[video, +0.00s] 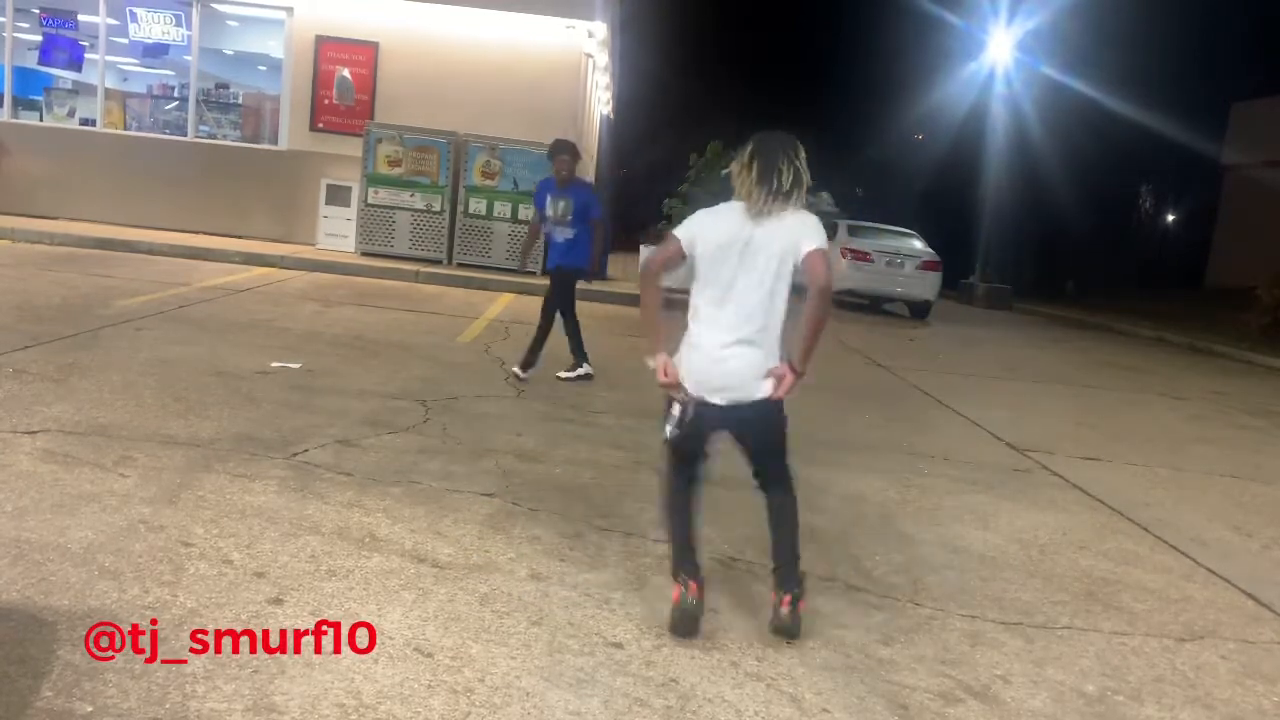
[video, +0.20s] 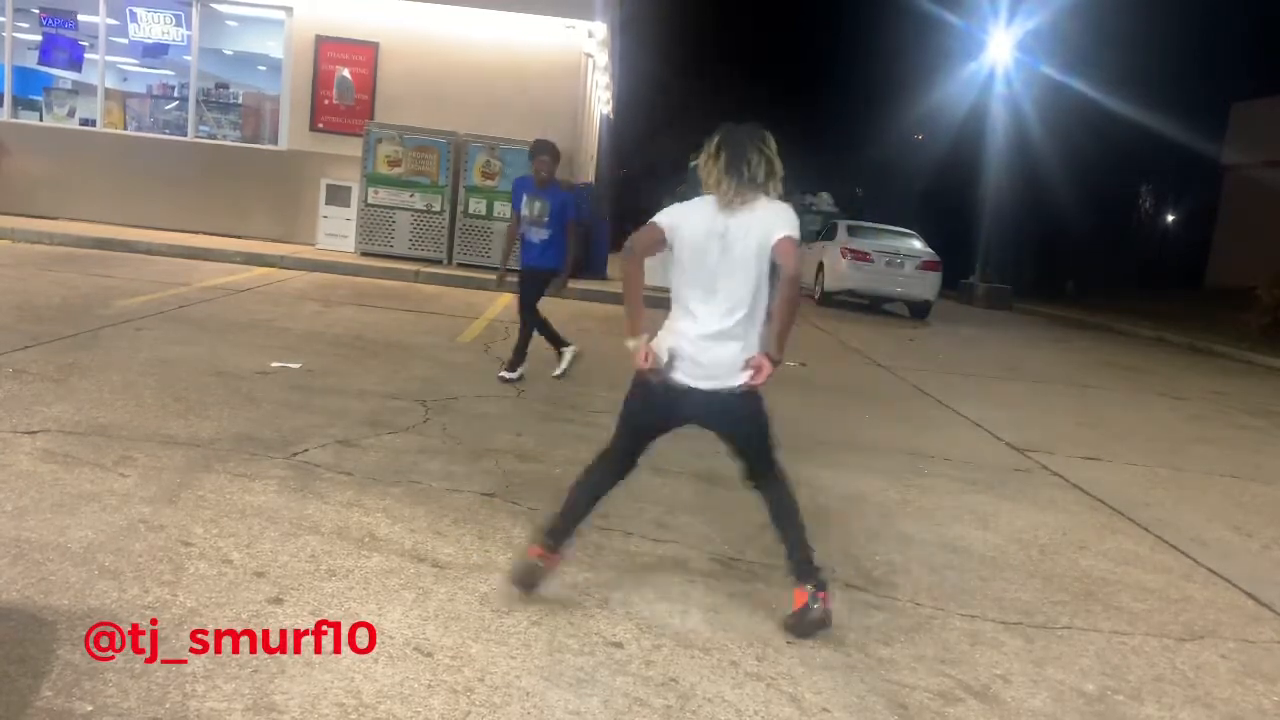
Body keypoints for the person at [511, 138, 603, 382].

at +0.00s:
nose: (564, 166)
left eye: (569, 162)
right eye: (559, 162)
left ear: (576, 164)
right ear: (552, 163)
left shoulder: (585, 191)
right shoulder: (544, 188)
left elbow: (598, 226)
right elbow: (537, 222)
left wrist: (595, 261)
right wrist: (524, 255)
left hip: (575, 259)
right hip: (554, 257)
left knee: (548, 308)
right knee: (568, 311)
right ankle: (581, 362)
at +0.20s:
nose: (543, 167)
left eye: (548, 162)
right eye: (539, 161)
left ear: (556, 165)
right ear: (531, 163)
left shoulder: (564, 195)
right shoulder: (521, 186)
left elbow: (570, 235)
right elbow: (514, 226)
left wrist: (566, 272)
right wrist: (504, 264)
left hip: (550, 262)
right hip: (527, 259)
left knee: (527, 308)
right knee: (527, 308)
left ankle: (516, 362)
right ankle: (563, 346)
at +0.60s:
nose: (482, 156)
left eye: (487, 151)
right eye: (477, 150)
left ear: (495, 153)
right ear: (469, 152)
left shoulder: (507, 184)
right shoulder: (460, 179)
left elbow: (518, 228)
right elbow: (455, 217)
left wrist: (511, 264)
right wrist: (449, 252)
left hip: (494, 261)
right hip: (466, 256)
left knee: (502, 311)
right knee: (443, 303)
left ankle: (513, 363)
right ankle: (426, 356)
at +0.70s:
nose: (467, 152)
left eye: (472, 147)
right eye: (462, 147)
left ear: (479, 151)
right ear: (452, 149)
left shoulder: (490, 183)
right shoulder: (445, 178)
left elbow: (502, 224)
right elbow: (443, 219)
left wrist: (501, 264)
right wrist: (434, 253)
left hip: (478, 260)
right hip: (449, 256)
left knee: (485, 309)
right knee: (428, 302)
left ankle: (509, 361)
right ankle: (423, 356)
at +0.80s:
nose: (450, 145)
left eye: (454, 140)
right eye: (445, 140)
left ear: (462, 143)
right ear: (436, 142)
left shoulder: (473, 176)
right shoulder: (427, 171)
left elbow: (485, 220)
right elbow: (424, 211)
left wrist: (483, 260)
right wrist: (413, 245)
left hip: (459, 253)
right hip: (432, 250)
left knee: (455, 303)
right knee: (422, 301)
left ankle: (480, 352)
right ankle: (423, 354)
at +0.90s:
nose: (439, 141)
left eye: (444, 136)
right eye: (434, 135)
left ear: (452, 139)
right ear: (426, 138)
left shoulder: (464, 172)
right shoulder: (416, 166)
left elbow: (474, 215)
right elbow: (409, 208)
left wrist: (468, 249)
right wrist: (398, 246)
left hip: (449, 247)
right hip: (422, 245)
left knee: (437, 298)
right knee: (419, 299)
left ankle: (449, 359)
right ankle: (422, 355)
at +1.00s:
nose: (428, 140)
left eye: (433, 135)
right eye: (423, 134)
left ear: (439, 138)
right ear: (412, 136)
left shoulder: (450, 170)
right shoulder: (400, 164)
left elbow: (458, 214)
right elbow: (391, 207)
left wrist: (451, 250)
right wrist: (381, 246)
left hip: (435, 246)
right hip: (408, 244)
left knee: (415, 301)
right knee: (411, 301)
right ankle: (422, 354)